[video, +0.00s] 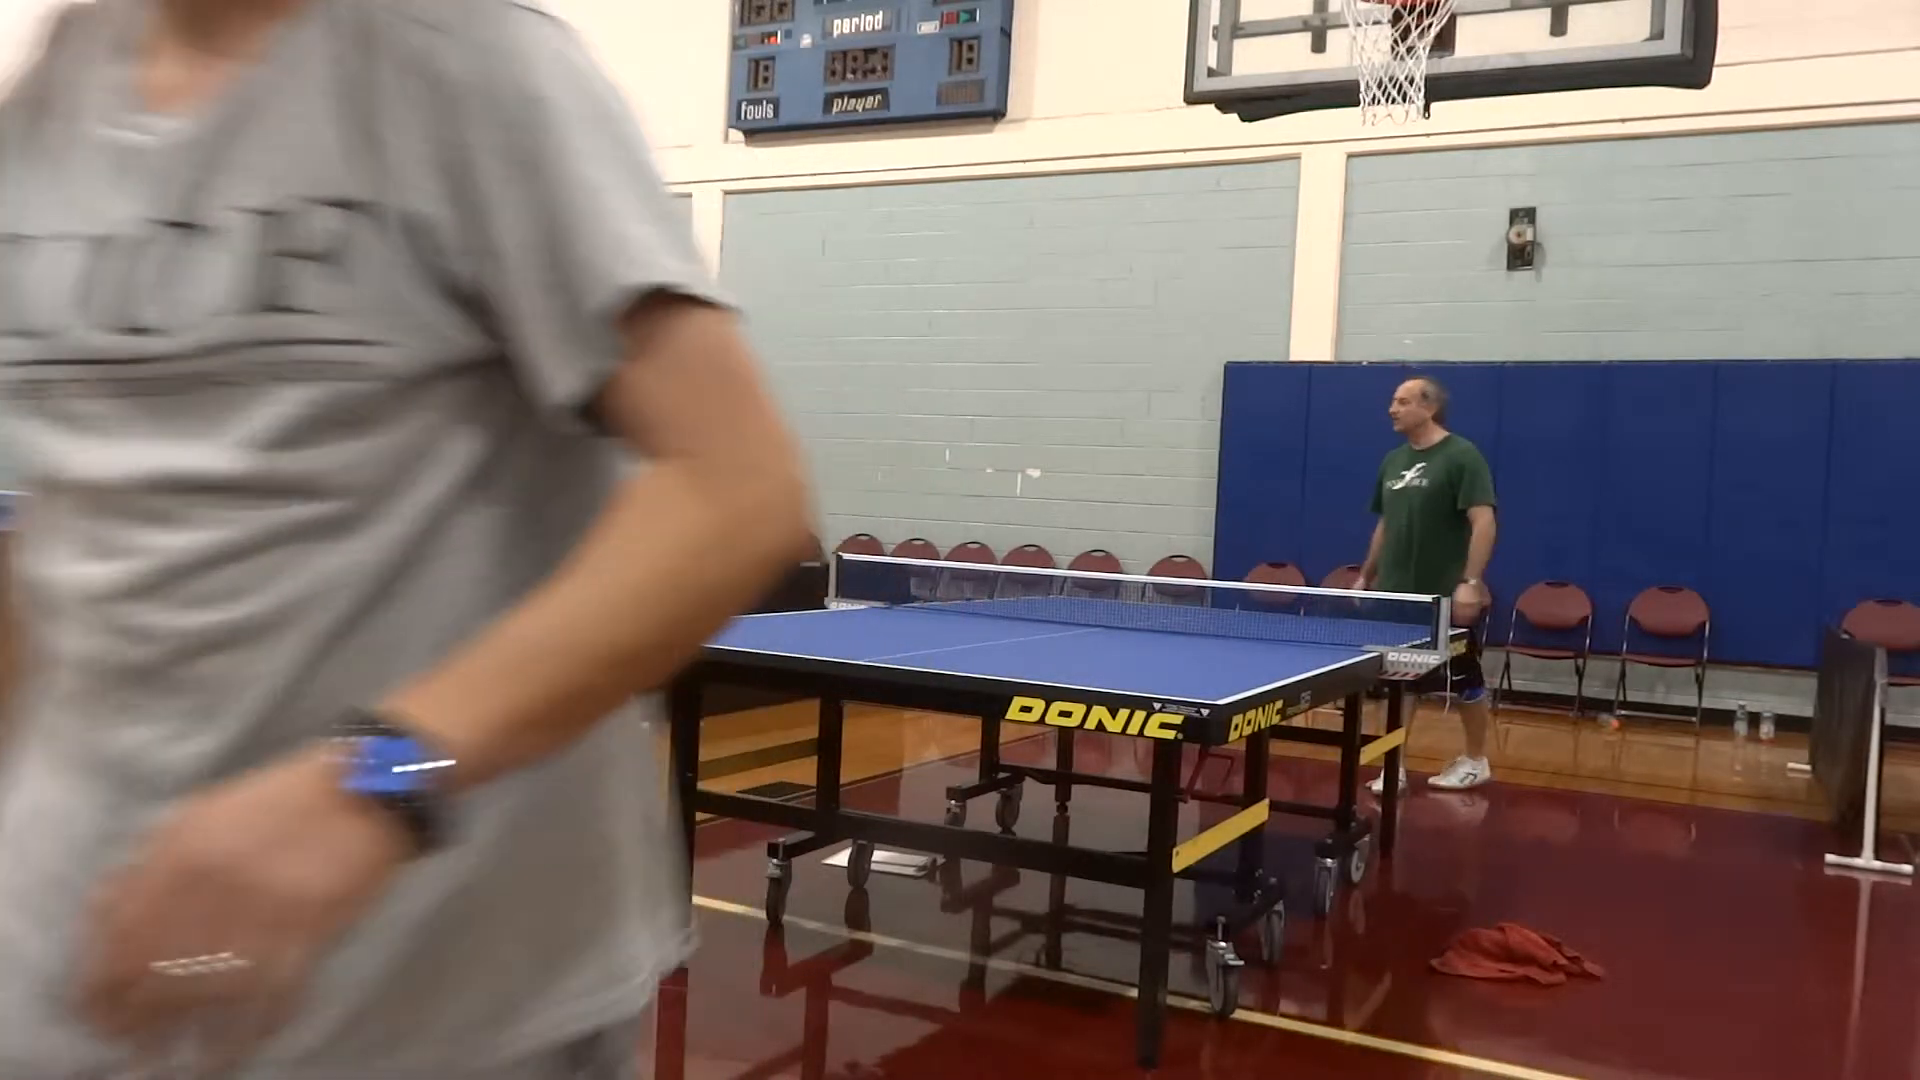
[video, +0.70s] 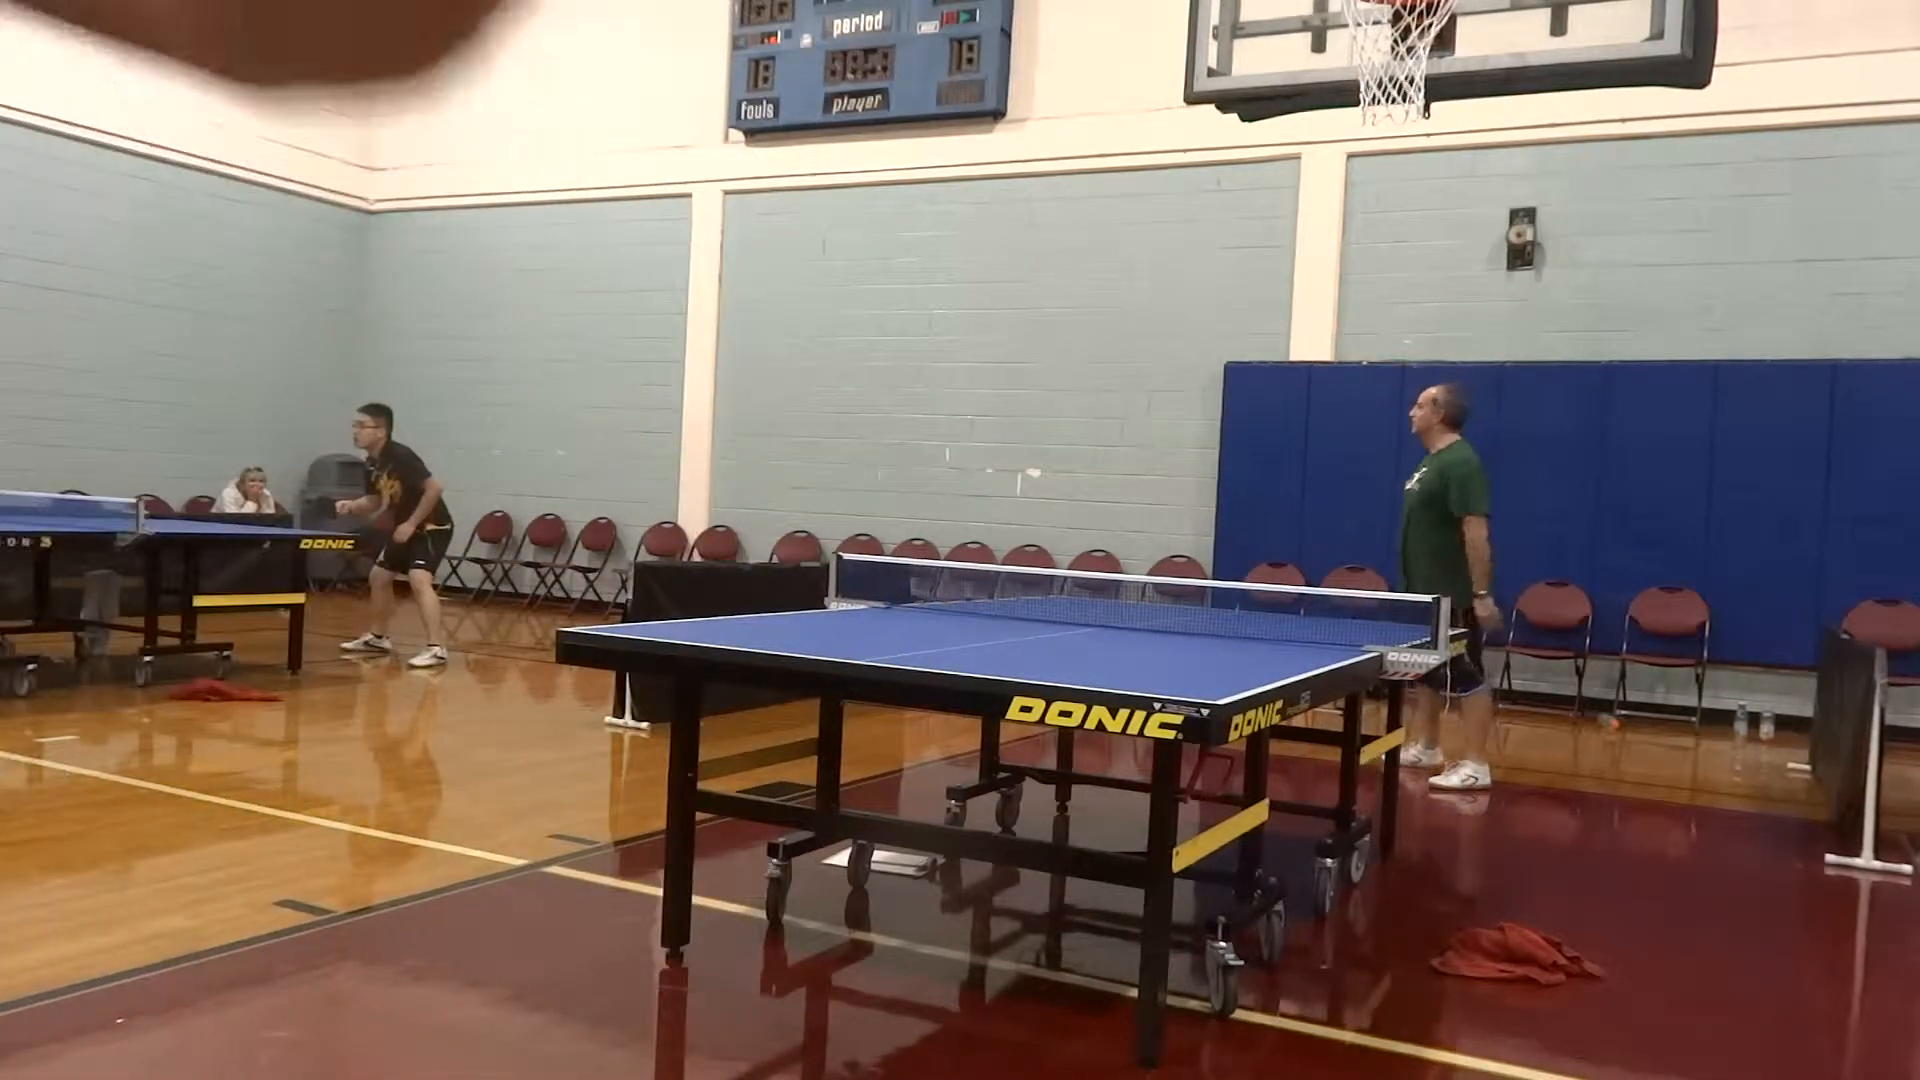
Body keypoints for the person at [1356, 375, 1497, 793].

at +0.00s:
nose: (1393, 409)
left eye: (1403, 402)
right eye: (1394, 402)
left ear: (1429, 409)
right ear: (1401, 409)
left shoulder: (1462, 456)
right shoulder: (1394, 459)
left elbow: (1484, 523)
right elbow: (1386, 525)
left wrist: (1472, 582)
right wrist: (1365, 574)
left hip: (1446, 600)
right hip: (1395, 598)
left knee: (1467, 684)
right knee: (1399, 686)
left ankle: (1476, 760)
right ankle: (1393, 767)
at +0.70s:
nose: (1412, 412)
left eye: (1420, 406)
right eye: (1415, 404)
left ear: (1441, 416)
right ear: (1439, 416)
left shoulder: (1462, 463)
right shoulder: (1432, 459)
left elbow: (1475, 531)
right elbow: (1428, 528)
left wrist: (1482, 594)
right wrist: (1415, 585)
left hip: (1452, 595)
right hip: (1421, 591)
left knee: (1467, 677)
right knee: (1424, 672)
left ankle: (1476, 763)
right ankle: (1423, 746)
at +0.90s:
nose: (1407, 415)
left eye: (1412, 409)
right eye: (1410, 408)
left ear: (1427, 417)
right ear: (1437, 418)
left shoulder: (1444, 460)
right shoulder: (1440, 457)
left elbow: (1445, 526)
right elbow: (1445, 527)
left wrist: (1432, 583)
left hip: (1433, 592)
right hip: (1419, 591)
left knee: (1447, 673)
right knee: (1423, 672)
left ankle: (1464, 753)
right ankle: (1425, 747)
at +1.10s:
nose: (1399, 424)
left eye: (1402, 418)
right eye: (1402, 417)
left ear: (1410, 422)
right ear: (1436, 424)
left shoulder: (1427, 462)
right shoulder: (1451, 460)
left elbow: (1415, 521)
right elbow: (1443, 523)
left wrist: (1374, 565)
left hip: (1416, 584)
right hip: (1438, 582)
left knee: (1403, 660)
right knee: (1426, 665)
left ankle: (1430, 735)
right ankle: (1425, 745)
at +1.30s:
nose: (1391, 427)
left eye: (1393, 422)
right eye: (1395, 421)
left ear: (1398, 425)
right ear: (1428, 426)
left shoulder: (1401, 460)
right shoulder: (1448, 462)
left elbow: (1387, 517)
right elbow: (1442, 526)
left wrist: (1354, 562)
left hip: (1398, 585)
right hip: (1437, 585)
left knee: (1368, 663)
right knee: (1428, 667)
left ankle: (1369, 745)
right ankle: (1424, 745)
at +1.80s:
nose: (1365, 425)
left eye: (1364, 421)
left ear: (1365, 425)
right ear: (1398, 423)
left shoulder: (1357, 467)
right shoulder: (1429, 459)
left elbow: (1341, 524)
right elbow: (1457, 509)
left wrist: (1328, 578)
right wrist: (1464, 560)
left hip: (1371, 580)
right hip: (1420, 578)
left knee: (1354, 643)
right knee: (1416, 647)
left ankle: (1357, 722)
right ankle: (1421, 715)